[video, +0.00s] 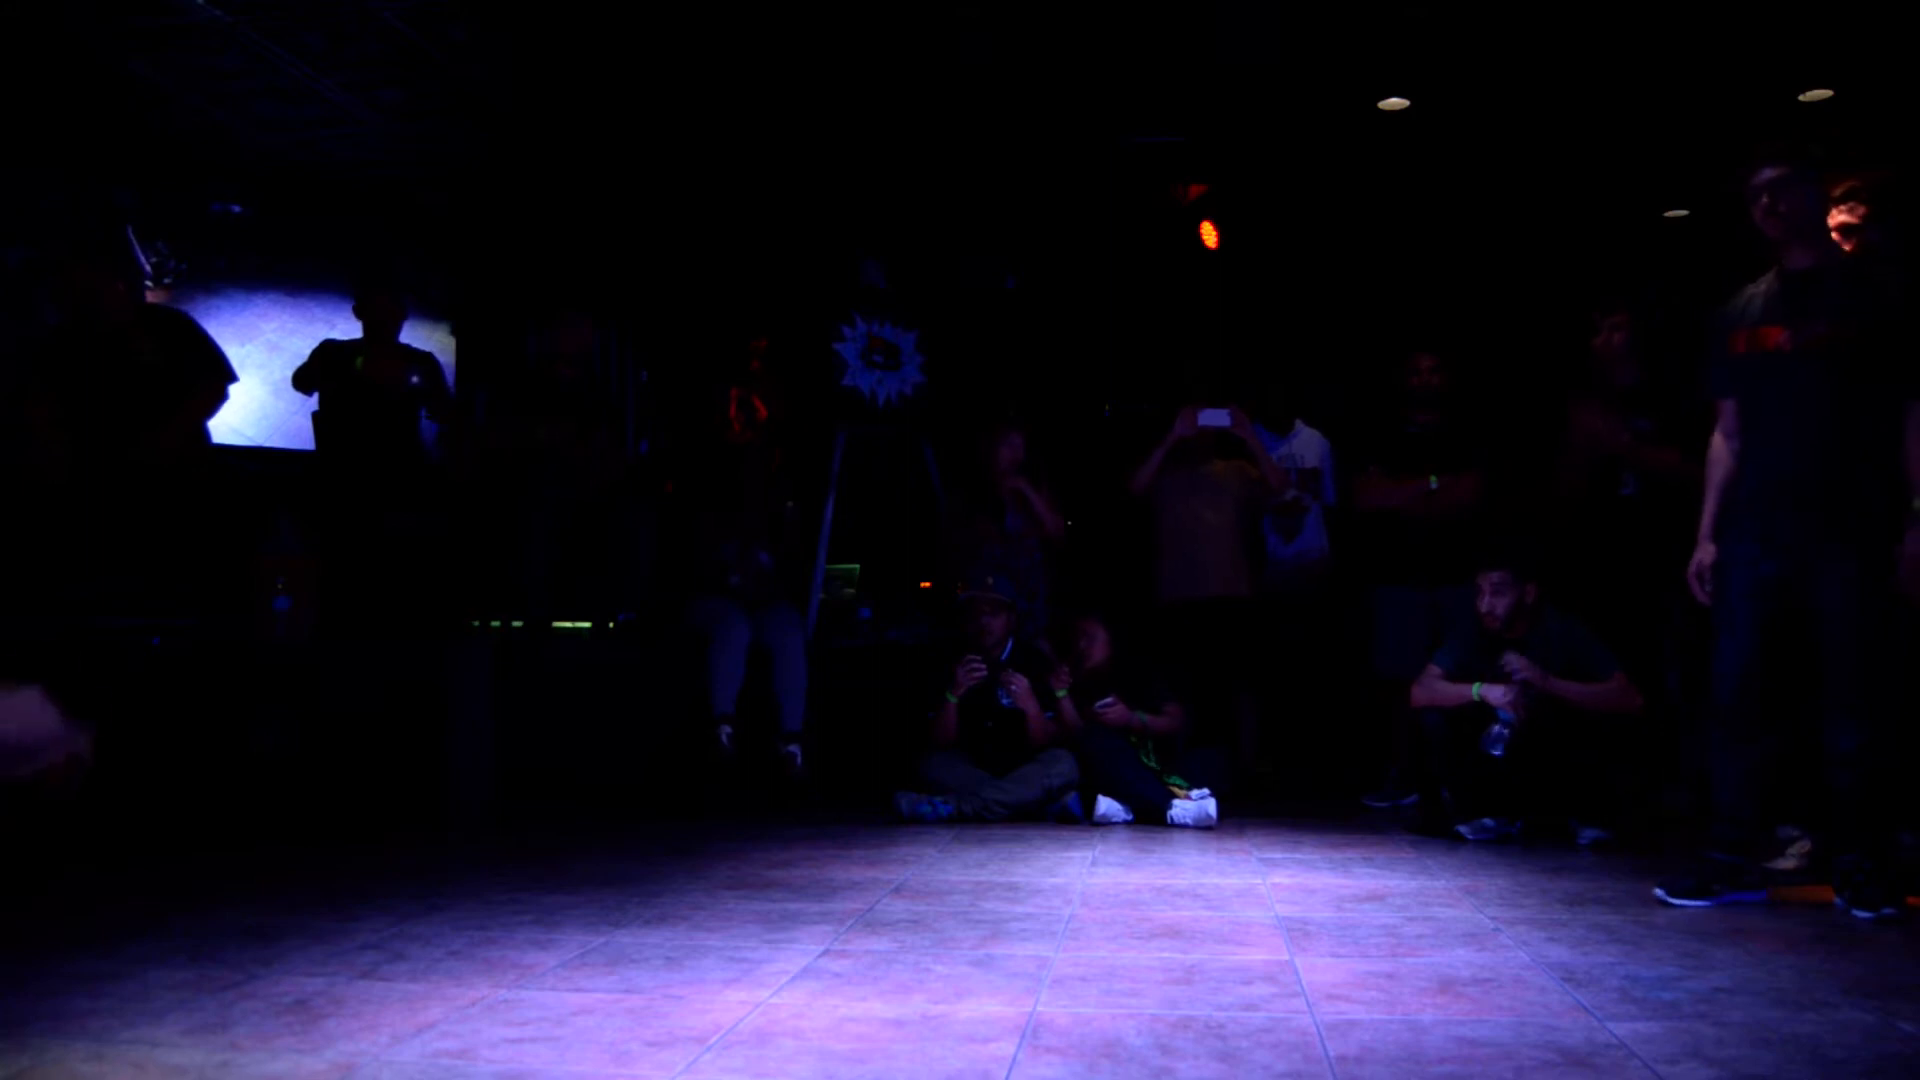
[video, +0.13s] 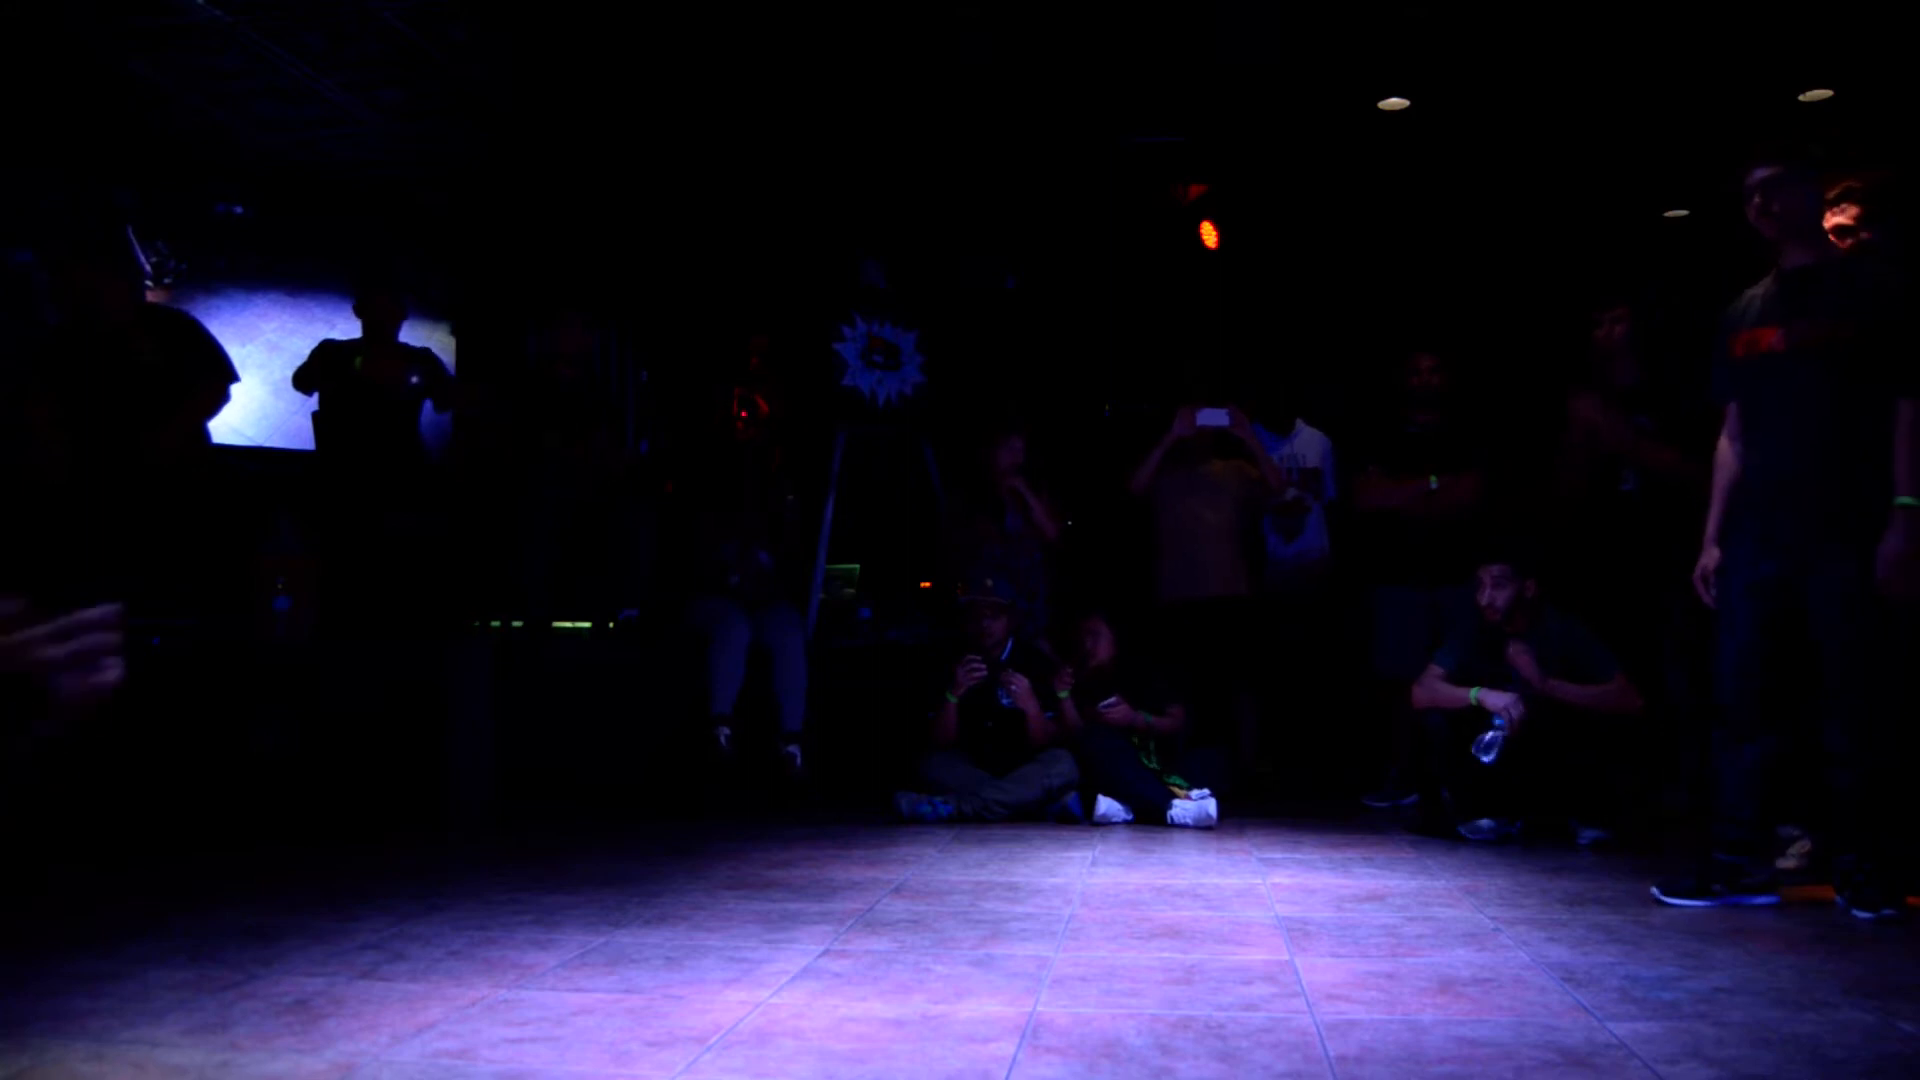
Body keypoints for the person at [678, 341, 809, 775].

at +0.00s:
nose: (743, 422)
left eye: (751, 414)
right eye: (736, 412)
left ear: (764, 419)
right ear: (723, 415)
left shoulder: (777, 460)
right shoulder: (706, 459)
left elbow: (792, 525)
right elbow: (690, 526)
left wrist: (779, 568)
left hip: (767, 587)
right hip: (714, 585)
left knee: (788, 634)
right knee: (732, 630)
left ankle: (790, 740)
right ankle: (722, 728)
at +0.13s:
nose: (743, 419)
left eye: (751, 410)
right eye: (736, 407)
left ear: (766, 418)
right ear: (725, 414)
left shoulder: (775, 464)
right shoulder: (710, 461)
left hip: (765, 591)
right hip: (713, 590)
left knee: (789, 633)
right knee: (733, 630)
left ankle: (792, 738)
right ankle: (721, 728)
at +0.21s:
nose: (743, 422)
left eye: (751, 414)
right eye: (737, 412)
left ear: (764, 420)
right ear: (725, 416)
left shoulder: (773, 465)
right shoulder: (709, 461)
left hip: (764, 592)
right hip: (712, 590)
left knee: (789, 633)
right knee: (733, 629)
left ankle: (787, 739)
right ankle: (719, 730)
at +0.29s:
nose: (743, 413)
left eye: (752, 401)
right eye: (737, 400)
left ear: (767, 411)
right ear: (726, 409)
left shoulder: (777, 459)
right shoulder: (710, 457)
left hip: (765, 590)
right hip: (713, 590)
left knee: (788, 633)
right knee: (732, 630)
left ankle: (787, 738)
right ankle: (720, 730)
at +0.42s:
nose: (745, 415)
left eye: (754, 405)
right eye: (739, 404)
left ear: (769, 413)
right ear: (727, 409)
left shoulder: (777, 460)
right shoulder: (709, 457)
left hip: (768, 588)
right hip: (713, 587)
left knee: (788, 634)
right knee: (732, 630)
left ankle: (789, 738)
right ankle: (722, 729)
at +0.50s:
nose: (745, 413)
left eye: (755, 403)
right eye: (739, 402)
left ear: (769, 410)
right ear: (727, 407)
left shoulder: (777, 458)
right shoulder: (711, 455)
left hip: (767, 587)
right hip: (714, 585)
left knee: (787, 634)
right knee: (731, 631)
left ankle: (789, 738)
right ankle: (721, 727)